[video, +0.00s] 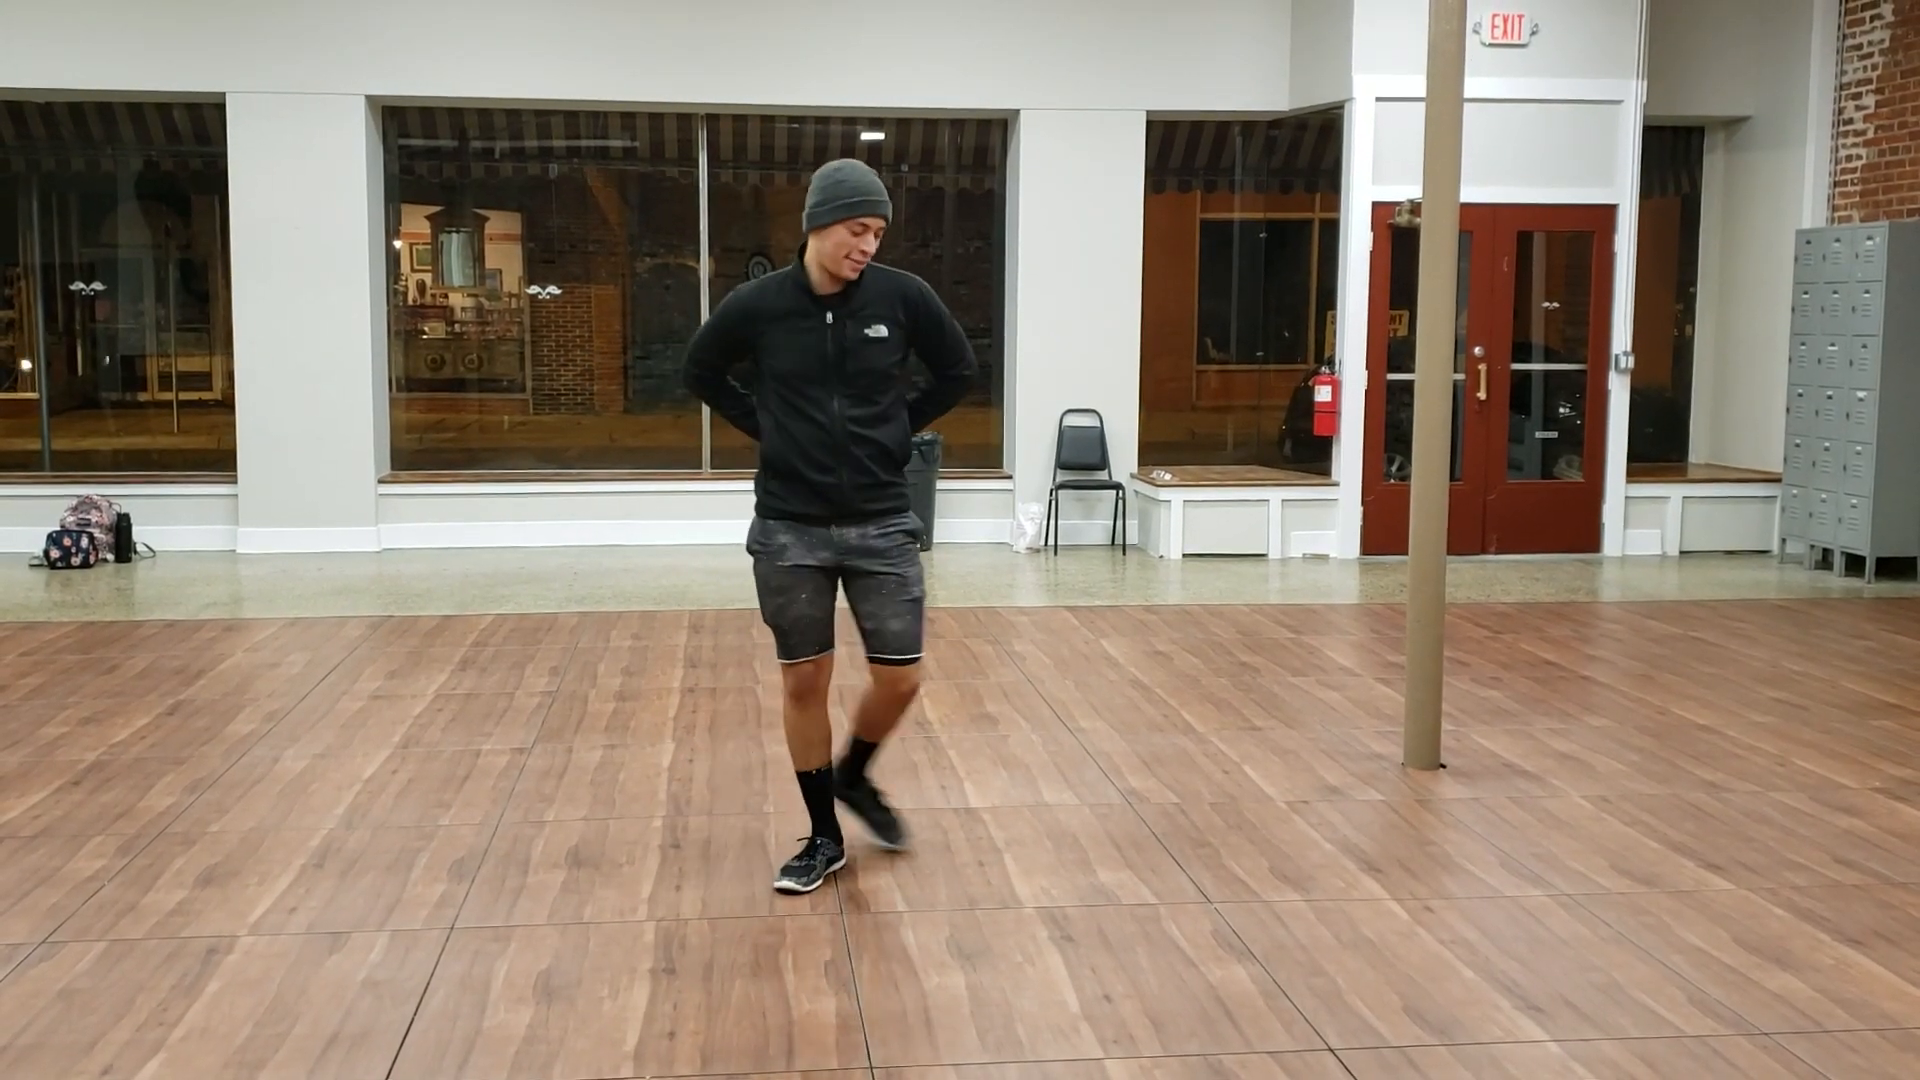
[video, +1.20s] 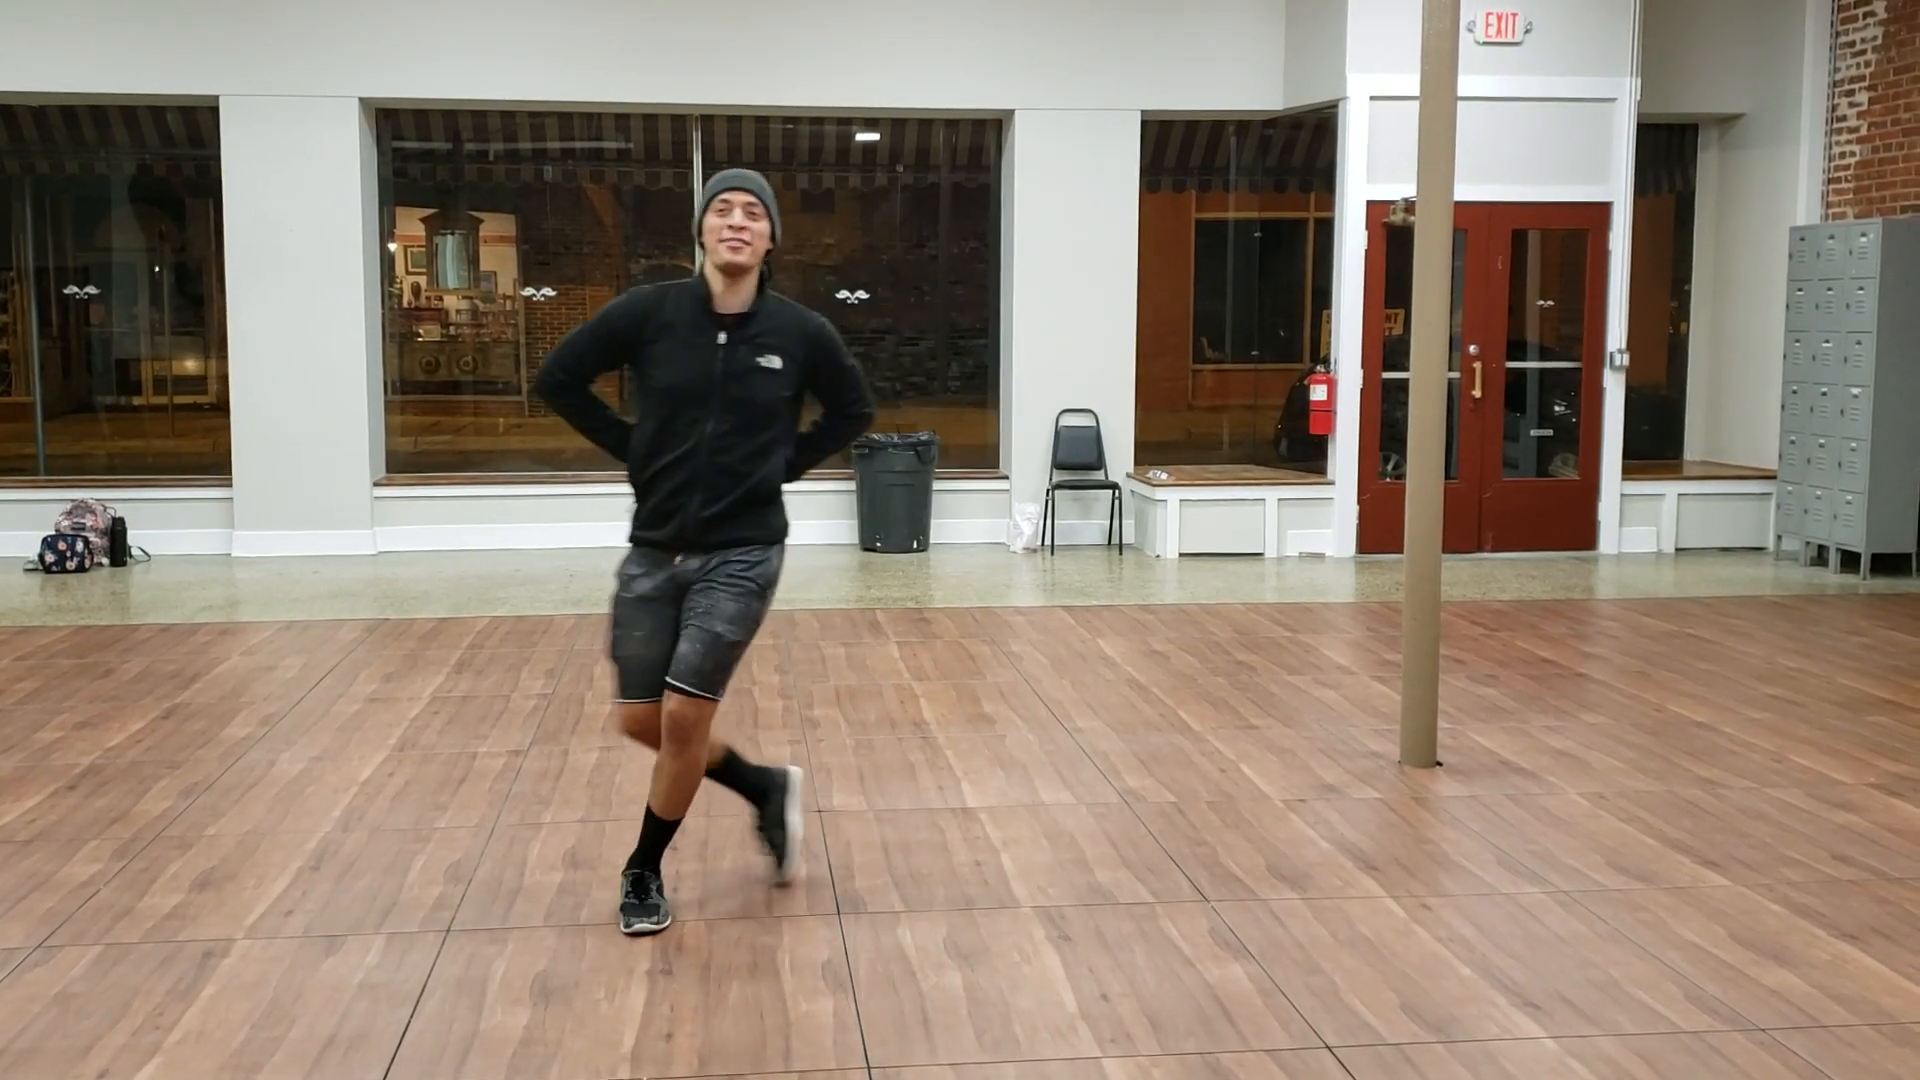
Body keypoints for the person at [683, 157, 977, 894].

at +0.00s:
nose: (867, 245)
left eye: (876, 232)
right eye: (855, 229)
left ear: (880, 237)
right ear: (814, 224)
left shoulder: (902, 297)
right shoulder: (754, 305)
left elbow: (959, 375)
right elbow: (701, 373)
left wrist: (895, 427)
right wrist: (769, 430)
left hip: (881, 523)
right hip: (789, 524)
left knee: (900, 672)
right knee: (804, 676)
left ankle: (851, 774)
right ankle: (822, 837)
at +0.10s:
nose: (872, 241)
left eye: (883, 229)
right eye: (861, 225)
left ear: (890, 234)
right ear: (824, 220)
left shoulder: (915, 297)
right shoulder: (764, 304)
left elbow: (978, 375)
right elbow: (720, 369)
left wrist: (914, 432)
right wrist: (780, 421)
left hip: (898, 523)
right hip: (802, 525)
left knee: (937, 676)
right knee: (811, 680)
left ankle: (947, 808)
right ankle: (824, 838)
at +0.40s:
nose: (918, 249)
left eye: (933, 236)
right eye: (906, 232)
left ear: (946, 247)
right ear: (878, 235)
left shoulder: (974, 320)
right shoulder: (839, 318)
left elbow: (1050, 406)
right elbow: (827, 382)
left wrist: (981, 458)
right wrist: (871, 433)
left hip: (953, 543)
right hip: (858, 538)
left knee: (1002, 695)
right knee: (819, 688)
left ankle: (1065, 841)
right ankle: (834, 826)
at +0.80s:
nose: (852, 205)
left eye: (868, 198)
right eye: (841, 192)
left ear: (884, 222)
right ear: (816, 210)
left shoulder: (912, 305)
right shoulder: (777, 297)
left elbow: (986, 397)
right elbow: (738, 350)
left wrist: (906, 448)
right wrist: (782, 408)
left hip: (874, 529)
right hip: (788, 527)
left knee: (885, 691)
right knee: (787, 680)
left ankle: (983, 817)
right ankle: (851, 817)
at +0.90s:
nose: (815, 207)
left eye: (830, 199)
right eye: (803, 196)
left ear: (850, 222)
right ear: (781, 216)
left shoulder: (886, 306)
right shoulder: (743, 301)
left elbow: (963, 390)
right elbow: (685, 358)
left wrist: (887, 450)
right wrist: (748, 415)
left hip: (845, 526)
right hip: (763, 526)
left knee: (802, 689)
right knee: (773, 691)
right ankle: (848, 822)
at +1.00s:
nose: (785, 216)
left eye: (800, 207)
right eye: (772, 205)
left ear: (821, 229)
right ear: (751, 224)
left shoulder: (858, 314)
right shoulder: (713, 307)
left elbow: (932, 390)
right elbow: (640, 373)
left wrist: (857, 457)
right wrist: (710, 430)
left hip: (816, 538)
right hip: (735, 535)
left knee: (752, 694)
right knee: (763, 703)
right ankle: (852, 813)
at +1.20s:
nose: (737, 223)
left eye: (751, 215)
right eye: (724, 212)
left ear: (770, 239)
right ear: (699, 232)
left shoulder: (802, 332)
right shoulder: (648, 310)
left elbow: (854, 412)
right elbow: (556, 382)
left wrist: (783, 466)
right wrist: (633, 448)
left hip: (742, 546)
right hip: (654, 541)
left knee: (683, 714)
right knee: (637, 715)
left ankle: (644, 872)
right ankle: (764, 788)